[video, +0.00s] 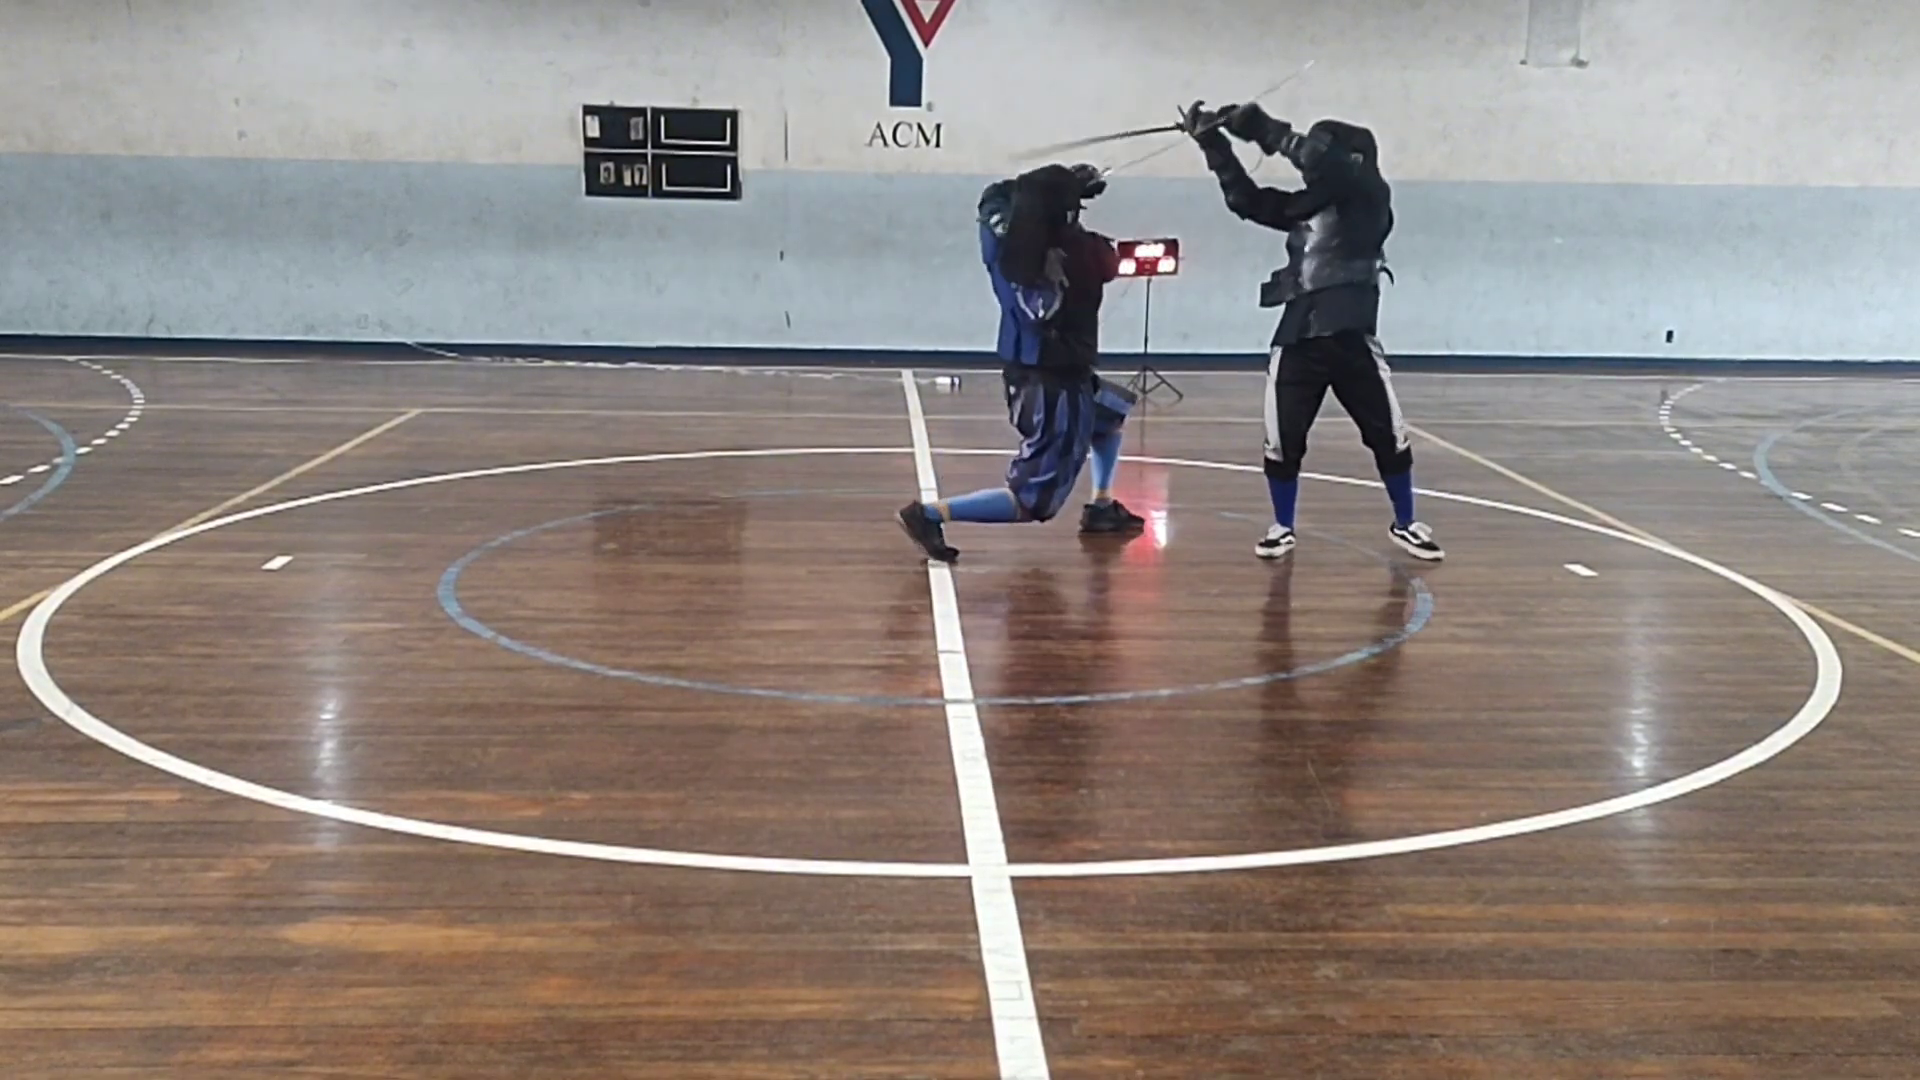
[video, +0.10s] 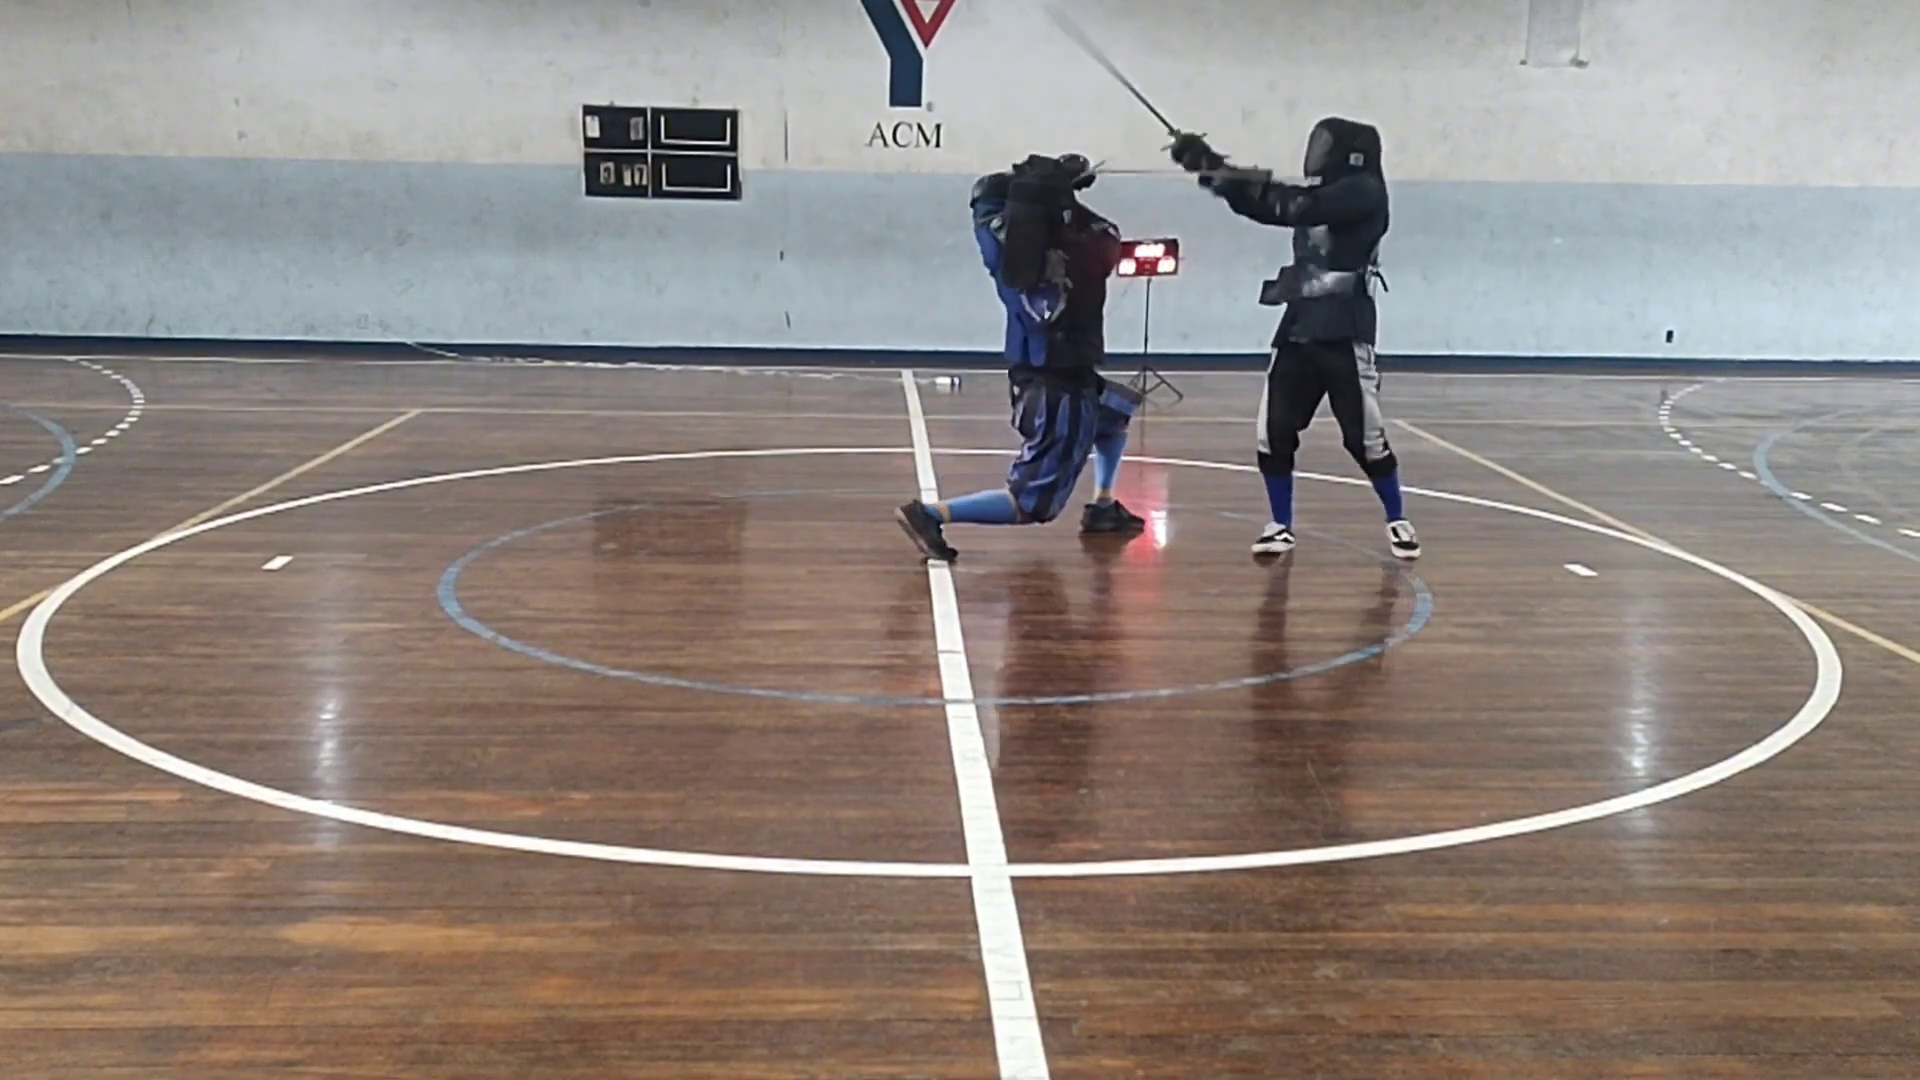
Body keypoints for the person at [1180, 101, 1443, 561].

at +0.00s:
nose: (1307, 157)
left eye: (1314, 150)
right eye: (1306, 151)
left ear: (1343, 153)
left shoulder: (1368, 190)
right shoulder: (1304, 207)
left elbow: (1317, 159)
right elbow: (1245, 198)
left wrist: (1258, 125)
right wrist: (1212, 142)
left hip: (1351, 337)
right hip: (1297, 339)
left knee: (1389, 435)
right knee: (1280, 440)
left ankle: (1406, 523)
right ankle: (1282, 527)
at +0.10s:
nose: (1311, 154)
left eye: (1319, 147)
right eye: (1314, 147)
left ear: (1345, 153)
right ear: (1343, 153)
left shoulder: (1363, 191)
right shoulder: (1322, 193)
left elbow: (1296, 206)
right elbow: (1260, 204)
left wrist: (1221, 169)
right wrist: (1207, 168)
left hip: (1346, 330)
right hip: (1299, 327)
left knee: (1365, 435)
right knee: (1274, 433)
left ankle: (1397, 521)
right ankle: (1281, 526)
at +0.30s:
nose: (1306, 164)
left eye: (1315, 158)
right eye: (1308, 156)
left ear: (1343, 165)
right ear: (1338, 165)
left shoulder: (1355, 206)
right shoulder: (1323, 200)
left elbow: (1293, 243)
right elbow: (1269, 215)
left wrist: (1234, 244)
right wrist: (1202, 212)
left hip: (1350, 338)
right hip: (1319, 333)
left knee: (1356, 447)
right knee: (1272, 427)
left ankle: (1418, 520)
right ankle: (1274, 527)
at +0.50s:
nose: (1322, 174)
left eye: (1330, 167)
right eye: (1324, 166)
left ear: (1360, 175)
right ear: (1348, 173)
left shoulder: (1373, 217)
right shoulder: (1333, 205)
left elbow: (1308, 251)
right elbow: (1278, 216)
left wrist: (1250, 244)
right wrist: (1213, 211)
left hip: (1367, 346)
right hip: (1330, 340)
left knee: (1376, 451)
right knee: (1274, 420)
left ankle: (1417, 527)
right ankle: (1275, 519)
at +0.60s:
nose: (1328, 174)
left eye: (1336, 166)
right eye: (1330, 165)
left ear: (1366, 172)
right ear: (1354, 171)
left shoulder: (1382, 214)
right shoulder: (1339, 204)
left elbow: (1318, 245)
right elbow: (1286, 217)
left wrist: (1252, 247)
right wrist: (1225, 209)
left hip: (1368, 340)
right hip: (1329, 334)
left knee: (1371, 447)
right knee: (1279, 420)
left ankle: (1417, 526)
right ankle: (1267, 517)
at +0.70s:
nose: (1327, 174)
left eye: (1337, 167)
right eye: (1328, 165)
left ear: (1367, 173)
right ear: (1333, 168)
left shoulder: (1387, 212)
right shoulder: (1327, 209)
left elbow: (1337, 231)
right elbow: (1265, 227)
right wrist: (1237, 196)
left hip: (1364, 346)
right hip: (1316, 343)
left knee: (1379, 446)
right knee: (1270, 427)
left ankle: (1417, 527)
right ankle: (1269, 520)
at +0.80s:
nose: (1322, 188)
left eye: (1331, 181)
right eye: (1319, 181)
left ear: (1359, 179)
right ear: (1317, 179)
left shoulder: (1382, 214)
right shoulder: (1306, 211)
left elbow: (1336, 212)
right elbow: (1248, 221)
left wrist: (1275, 193)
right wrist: (1246, 170)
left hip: (1364, 358)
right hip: (1306, 357)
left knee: (1397, 444)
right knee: (1254, 427)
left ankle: (1422, 526)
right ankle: (1263, 510)